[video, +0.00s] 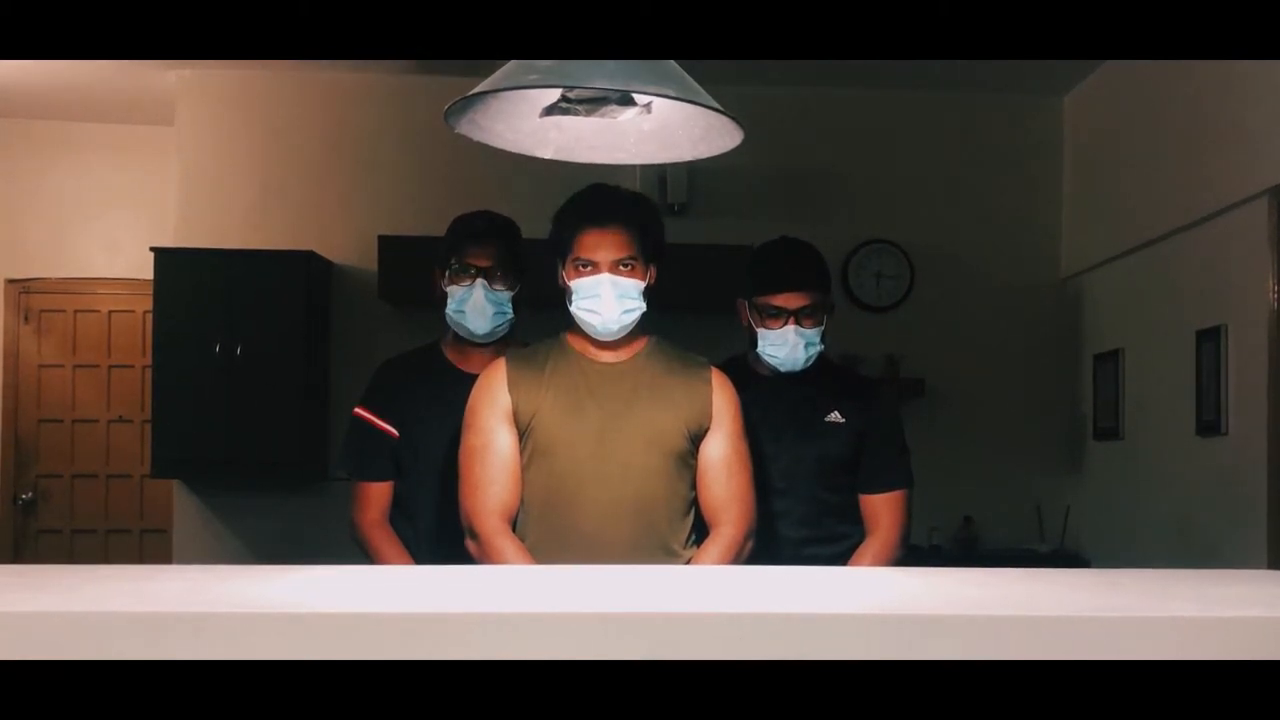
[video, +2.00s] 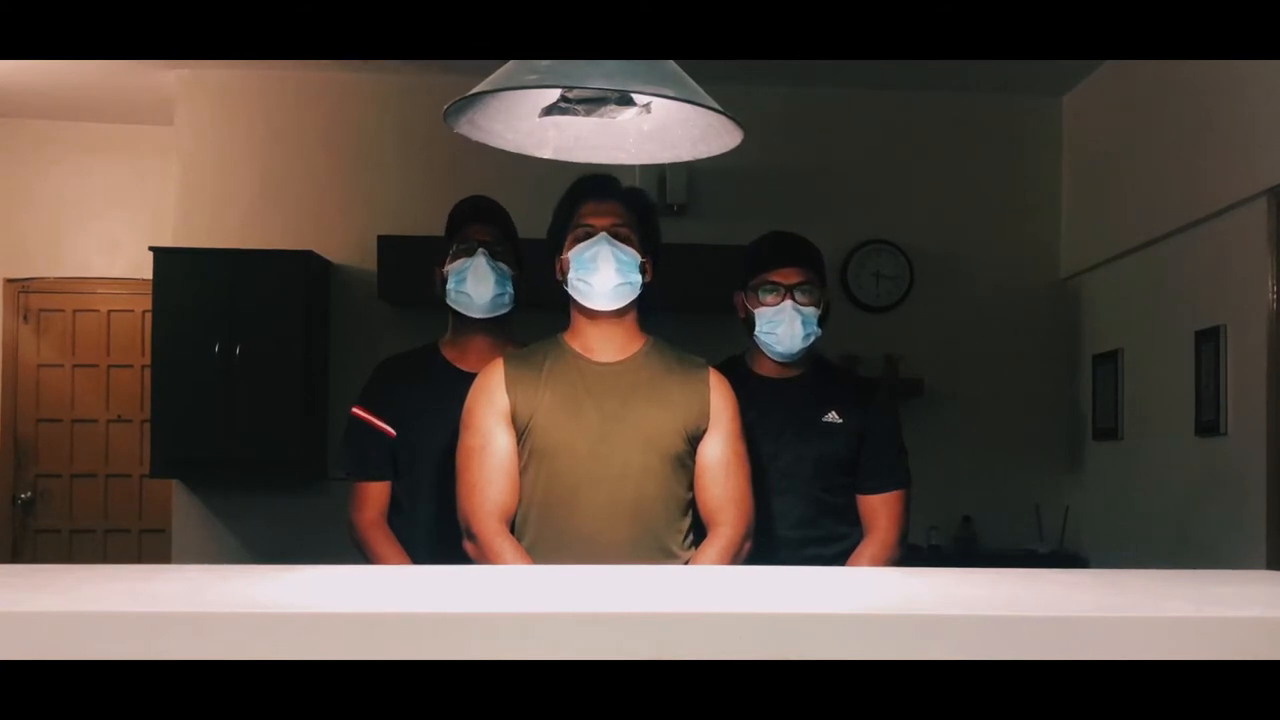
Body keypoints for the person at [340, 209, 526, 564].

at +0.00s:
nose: (480, 292)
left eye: (497, 277)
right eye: (464, 274)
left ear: (517, 287)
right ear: (442, 280)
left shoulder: (540, 383)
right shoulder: (399, 380)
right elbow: (370, 520)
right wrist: (423, 598)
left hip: (517, 594)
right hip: (428, 592)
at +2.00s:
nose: (480, 263)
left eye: (496, 252)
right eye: (464, 251)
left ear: (515, 270)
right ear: (442, 270)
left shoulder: (542, 380)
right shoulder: (397, 379)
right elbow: (368, 519)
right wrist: (421, 598)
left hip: (518, 594)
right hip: (426, 592)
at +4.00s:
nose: (481, 265)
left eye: (497, 255)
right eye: (466, 252)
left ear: (515, 273)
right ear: (441, 274)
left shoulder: (540, 381)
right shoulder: (396, 382)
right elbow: (367, 521)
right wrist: (420, 599)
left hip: (517, 595)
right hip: (425, 593)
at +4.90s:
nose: (454, 284)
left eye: (470, 271)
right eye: (439, 268)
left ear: (490, 287)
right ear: (418, 282)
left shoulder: (508, 380)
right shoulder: (369, 375)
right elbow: (346, 514)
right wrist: (393, 591)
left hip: (481, 592)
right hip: (389, 588)